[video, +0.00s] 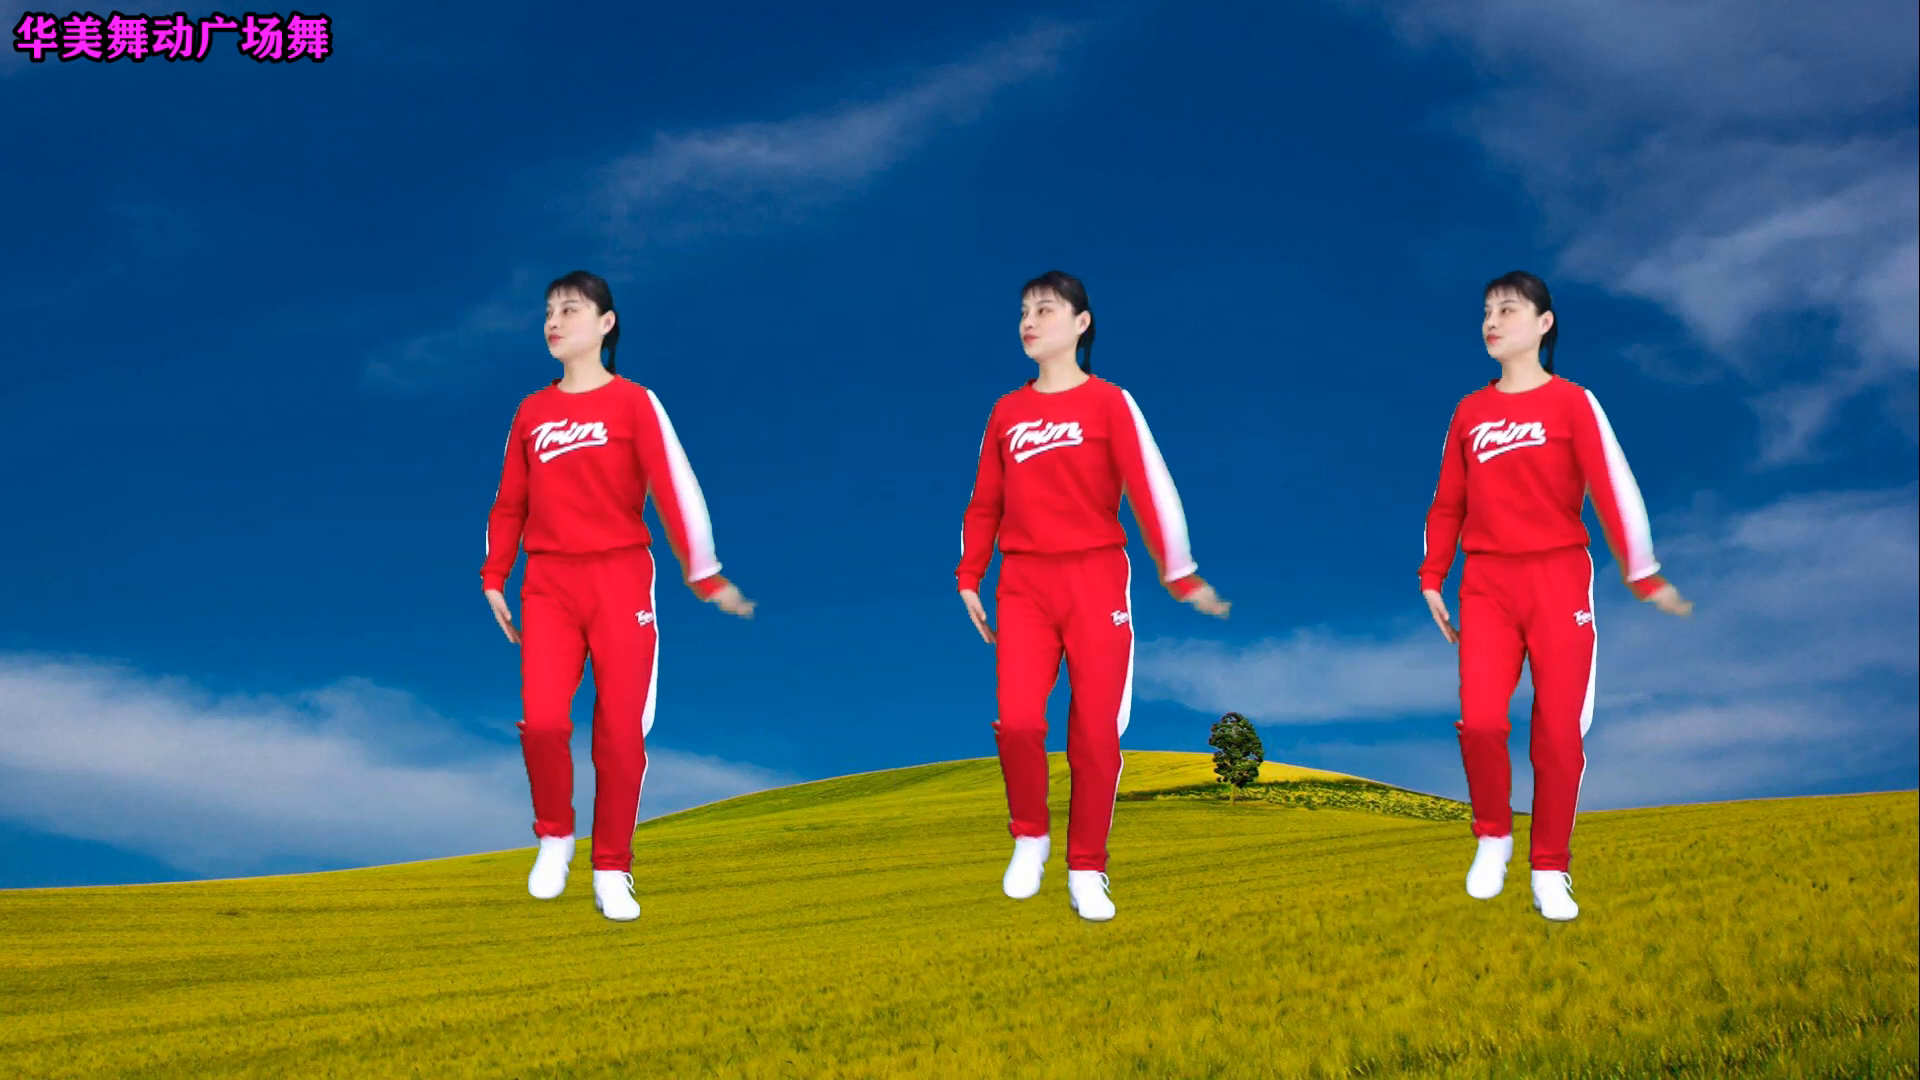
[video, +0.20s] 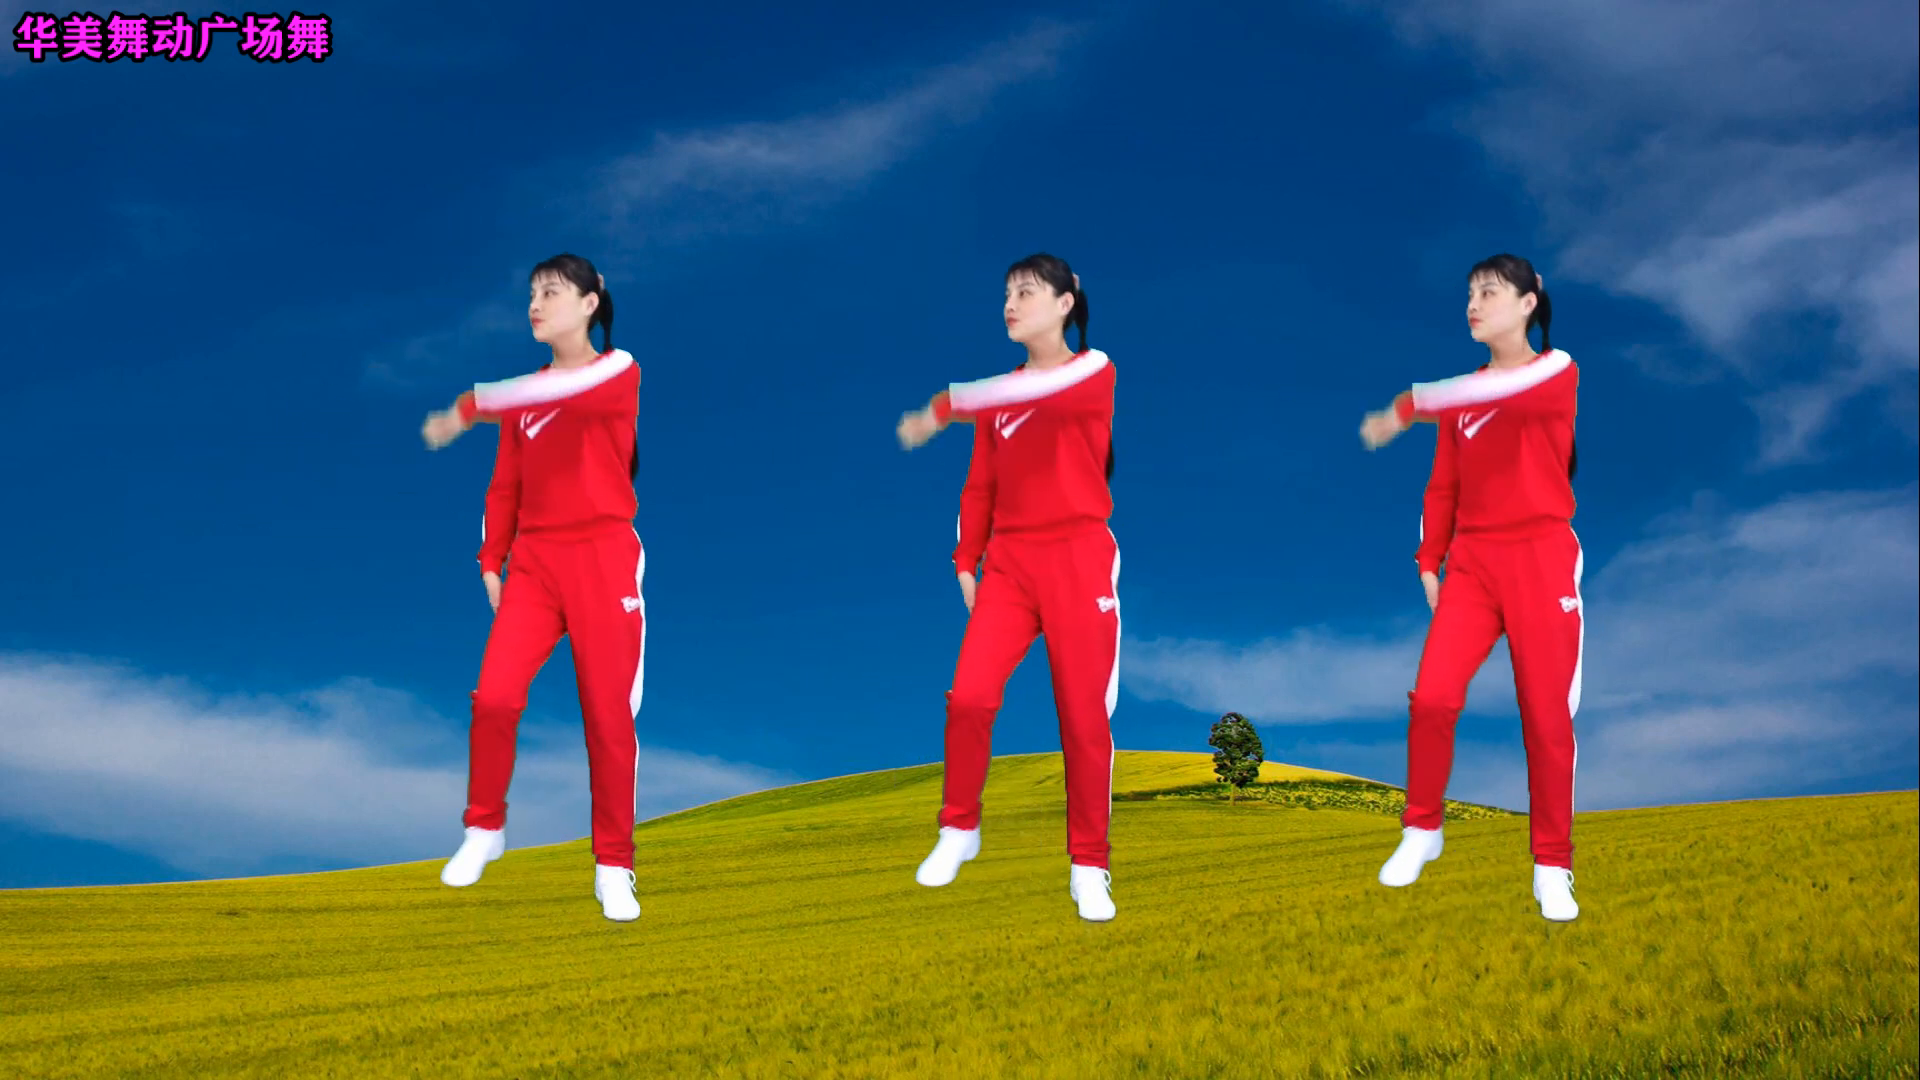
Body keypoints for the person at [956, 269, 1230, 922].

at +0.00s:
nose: (1029, 322)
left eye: (1044, 311)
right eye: (1025, 313)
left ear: (1080, 324)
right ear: (1022, 330)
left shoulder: (1109, 402)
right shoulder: (1007, 412)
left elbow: (1150, 486)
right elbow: (985, 502)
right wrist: (968, 575)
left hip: (1097, 579)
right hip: (1023, 582)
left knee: (1096, 729)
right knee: (1016, 721)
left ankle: (1087, 867)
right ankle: (1031, 835)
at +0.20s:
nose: (1011, 306)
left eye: (1026, 294)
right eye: (1008, 297)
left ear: (1066, 304)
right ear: (1009, 313)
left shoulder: (1095, 369)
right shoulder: (993, 393)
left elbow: (1031, 386)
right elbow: (979, 484)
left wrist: (943, 406)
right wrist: (967, 561)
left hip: (1080, 558)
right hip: (1006, 561)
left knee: (1085, 719)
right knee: (967, 699)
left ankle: (1089, 862)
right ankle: (959, 828)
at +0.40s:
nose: (979, 308)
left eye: (993, 299)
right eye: (979, 299)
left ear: (1029, 310)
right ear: (984, 314)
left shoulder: (1058, 377)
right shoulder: (963, 394)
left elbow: (1036, 299)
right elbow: (940, 487)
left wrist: (978, 246)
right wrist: (926, 567)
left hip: (1040, 558)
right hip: (968, 563)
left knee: (1065, 720)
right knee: (933, 724)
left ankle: (1087, 861)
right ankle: (899, 859)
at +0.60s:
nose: (949, 313)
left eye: (965, 304)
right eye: (944, 305)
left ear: (999, 317)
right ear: (937, 320)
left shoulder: (1013, 387)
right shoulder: (911, 392)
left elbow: (1055, 341)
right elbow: (880, 481)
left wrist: (1059, 253)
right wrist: (871, 560)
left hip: (974, 563)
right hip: (904, 568)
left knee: (1004, 722)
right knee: (896, 734)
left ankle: (1060, 850)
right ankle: (898, 865)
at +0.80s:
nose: (933, 332)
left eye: (947, 322)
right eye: (922, 323)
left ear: (969, 333)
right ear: (910, 334)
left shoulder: (992, 408)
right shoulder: (881, 408)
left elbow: (1054, 437)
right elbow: (842, 489)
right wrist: (808, 563)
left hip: (950, 580)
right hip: (877, 578)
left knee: (903, 716)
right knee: (865, 732)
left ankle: (955, 795)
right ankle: (895, 866)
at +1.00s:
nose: (921, 309)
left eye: (932, 298)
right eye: (908, 301)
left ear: (954, 308)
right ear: (894, 314)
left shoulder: (981, 389)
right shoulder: (867, 378)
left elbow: (1015, 475)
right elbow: (794, 426)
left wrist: (1045, 557)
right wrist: (727, 474)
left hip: (946, 560)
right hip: (872, 559)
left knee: (914, 715)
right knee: (877, 721)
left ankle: (931, 839)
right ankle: (895, 861)